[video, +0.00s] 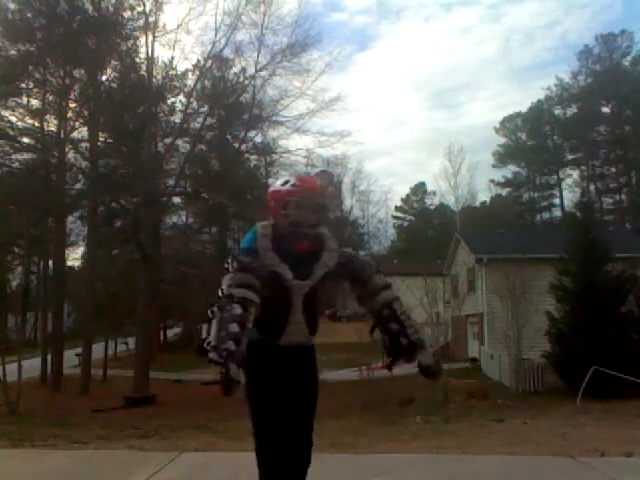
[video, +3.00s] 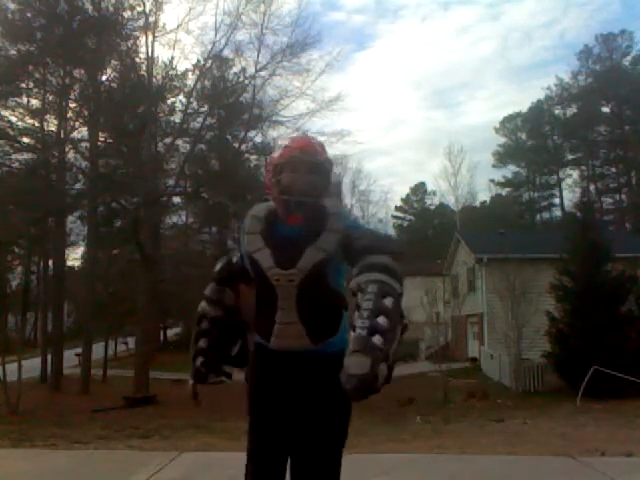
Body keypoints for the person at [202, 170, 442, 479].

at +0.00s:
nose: (308, 218)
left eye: (314, 210)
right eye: (300, 209)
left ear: (322, 212)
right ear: (280, 210)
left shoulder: (327, 250)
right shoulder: (257, 246)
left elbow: (370, 281)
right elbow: (236, 293)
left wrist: (396, 329)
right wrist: (225, 346)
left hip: (302, 352)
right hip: (261, 353)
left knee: (299, 439)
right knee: (269, 439)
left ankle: (297, 474)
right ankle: (271, 475)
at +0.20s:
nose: (298, 213)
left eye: (305, 207)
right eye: (289, 205)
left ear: (311, 212)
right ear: (271, 208)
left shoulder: (322, 247)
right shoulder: (245, 245)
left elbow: (366, 273)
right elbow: (210, 284)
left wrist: (399, 326)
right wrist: (178, 334)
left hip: (302, 353)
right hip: (257, 352)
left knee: (292, 440)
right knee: (261, 438)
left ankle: (287, 479)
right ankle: (256, 479)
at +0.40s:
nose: (285, 222)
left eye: (294, 215)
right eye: (276, 214)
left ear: (303, 221)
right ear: (263, 218)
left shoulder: (316, 260)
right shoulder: (240, 257)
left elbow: (357, 281)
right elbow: (200, 291)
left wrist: (363, 349)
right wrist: (168, 343)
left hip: (296, 370)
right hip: (247, 369)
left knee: (297, 462)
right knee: (238, 460)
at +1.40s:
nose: (272, 203)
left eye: (280, 195)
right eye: (264, 195)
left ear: (290, 201)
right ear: (248, 199)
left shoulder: (304, 242)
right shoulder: (225, 239)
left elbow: (335, 286)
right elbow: (199, 286)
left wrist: (332, 350)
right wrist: (211, 349)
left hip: (286, 359)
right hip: (236, 359)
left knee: (297, 448)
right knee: (233, 452)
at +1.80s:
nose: (289, 201)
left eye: (297, 193)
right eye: (280, 192)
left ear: (308, 199)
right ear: (264, 198)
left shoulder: (322, 244)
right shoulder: (248, 236)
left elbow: (332, 298)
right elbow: (236, 285)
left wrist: (320, 348)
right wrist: (260, 341)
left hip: (303, 366)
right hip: (253, 364)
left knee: (311, 461)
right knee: (250, 464)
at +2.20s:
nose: (312, 191)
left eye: (320, 182)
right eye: (302, 182)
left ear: (331, 188)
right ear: (285, 187)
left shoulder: (349, 238)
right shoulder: (261, 233)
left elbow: (370, 298)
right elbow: (243, 292)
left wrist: (360, 364)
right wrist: (253, 364)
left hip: (322, 364)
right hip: (270, 361)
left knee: (316, 462)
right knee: (257, 462)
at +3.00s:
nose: (302, 179)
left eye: (312, 171)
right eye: (291, 170)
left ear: (325, 180)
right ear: (274, 180)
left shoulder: (342, 229)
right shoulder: (253, 229)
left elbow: (378, 274)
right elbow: (225, 287)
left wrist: (369, 346)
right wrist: (209, 343)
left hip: (323, 364)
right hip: (267, 363)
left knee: (318, 465)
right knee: (264, 462)